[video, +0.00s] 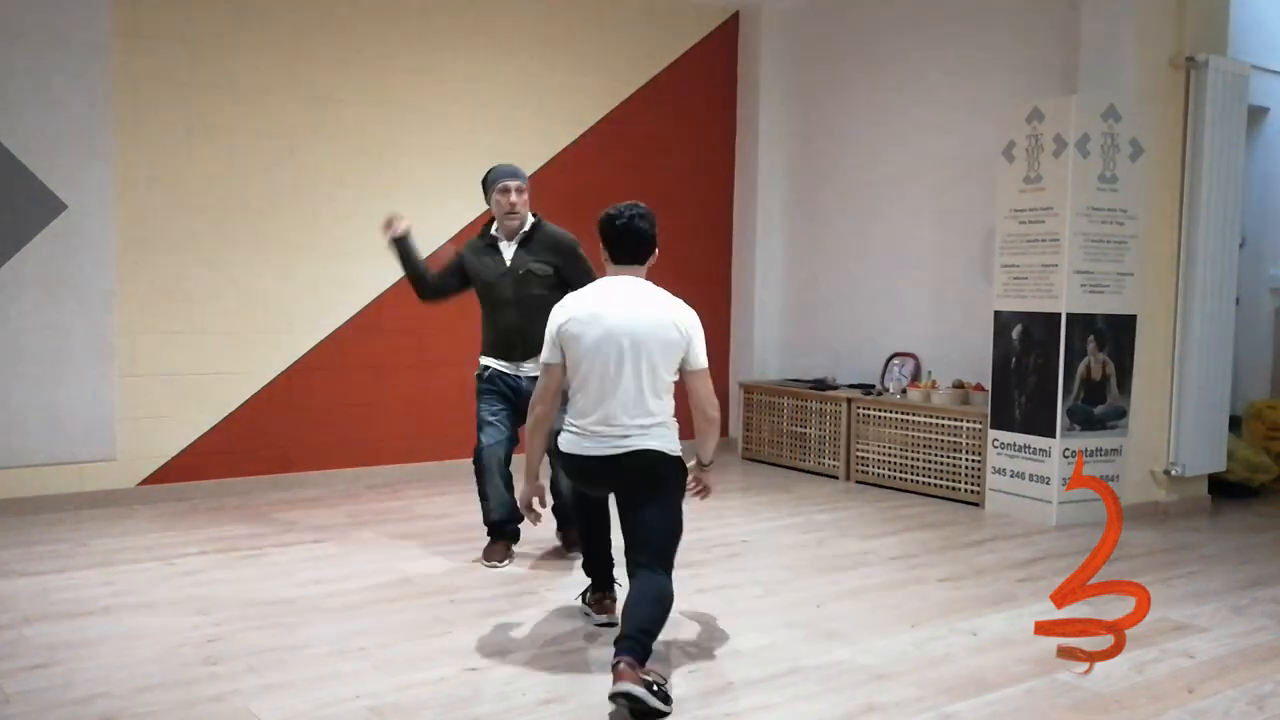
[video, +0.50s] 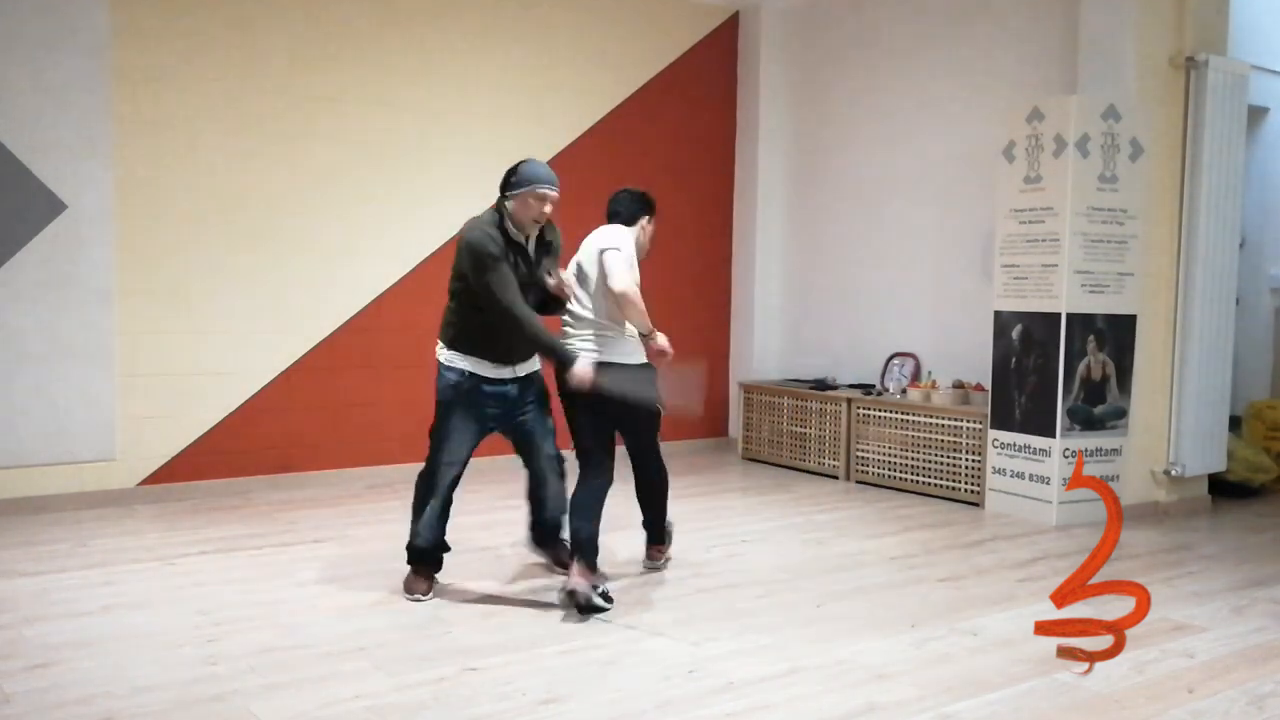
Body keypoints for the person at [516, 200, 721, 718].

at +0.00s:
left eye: (604, 245)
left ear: (601, 251)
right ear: (653, 252)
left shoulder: (568, 309)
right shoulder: (680, 314)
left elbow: (543, 405)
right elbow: (706, 411)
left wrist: (531, 478)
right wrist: (703, 463)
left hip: (581, 458)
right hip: (652, 461)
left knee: (582, 484)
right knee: (650, 568)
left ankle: (603, 592)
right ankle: (630, 667)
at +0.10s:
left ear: (602, 243)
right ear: (652, 251)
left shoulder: (566, 294)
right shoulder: (671, 303)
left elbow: (546, 389)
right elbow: (690, 394)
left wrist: (535, 459)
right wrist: (678, 450)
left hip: (578, 436)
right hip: (643, 437)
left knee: (595, 511)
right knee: (651, 541)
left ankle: (603, 594)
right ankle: (632, 634)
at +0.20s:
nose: (660, 251)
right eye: (661, 243)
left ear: (613, 234)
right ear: (657, 244)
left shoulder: (573, 273)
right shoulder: (657, 280)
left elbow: (556, 361)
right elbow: (667, 369)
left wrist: (551, 437)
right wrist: (655, 419)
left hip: (569, 402)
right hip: (629, 401)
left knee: (605, 488)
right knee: (663, 504)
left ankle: (600, 591)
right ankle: (636, 585)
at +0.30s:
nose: (667, 246)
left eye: (669, 239)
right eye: (669, 238)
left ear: (627, 224)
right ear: (661, 234)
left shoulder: (585, 255)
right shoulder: (638, 250)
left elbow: (569, 342)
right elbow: (644, 334)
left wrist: (572, 428)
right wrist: (638, 387)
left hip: (563, 377)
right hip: (616, 375)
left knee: (610, 478)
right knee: (663, 469)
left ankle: (593, 590)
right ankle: (655, 571)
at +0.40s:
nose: (661, 247)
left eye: (663, 238)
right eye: (663, 236)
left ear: (627, 218)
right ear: (651, 227)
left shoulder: (586, 245)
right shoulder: (617, 231)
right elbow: (639, 304)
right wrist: (640, 348)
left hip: (565, 368)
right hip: (614, 367)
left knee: (604, 472)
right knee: (653, 457)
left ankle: (585, 587)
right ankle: (665, 555)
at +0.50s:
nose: (651, 239)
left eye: (652, 232)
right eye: (652, 230)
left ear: (612, 218)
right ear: (644, 223)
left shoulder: (585, 249)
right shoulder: (620, 239)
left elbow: (568, 297)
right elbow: (622, 290)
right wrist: (652, 332)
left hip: (578, 369)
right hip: (624, 370)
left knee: (594, 468)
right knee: (647, 458)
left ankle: (581, 571)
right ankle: (657, 543)